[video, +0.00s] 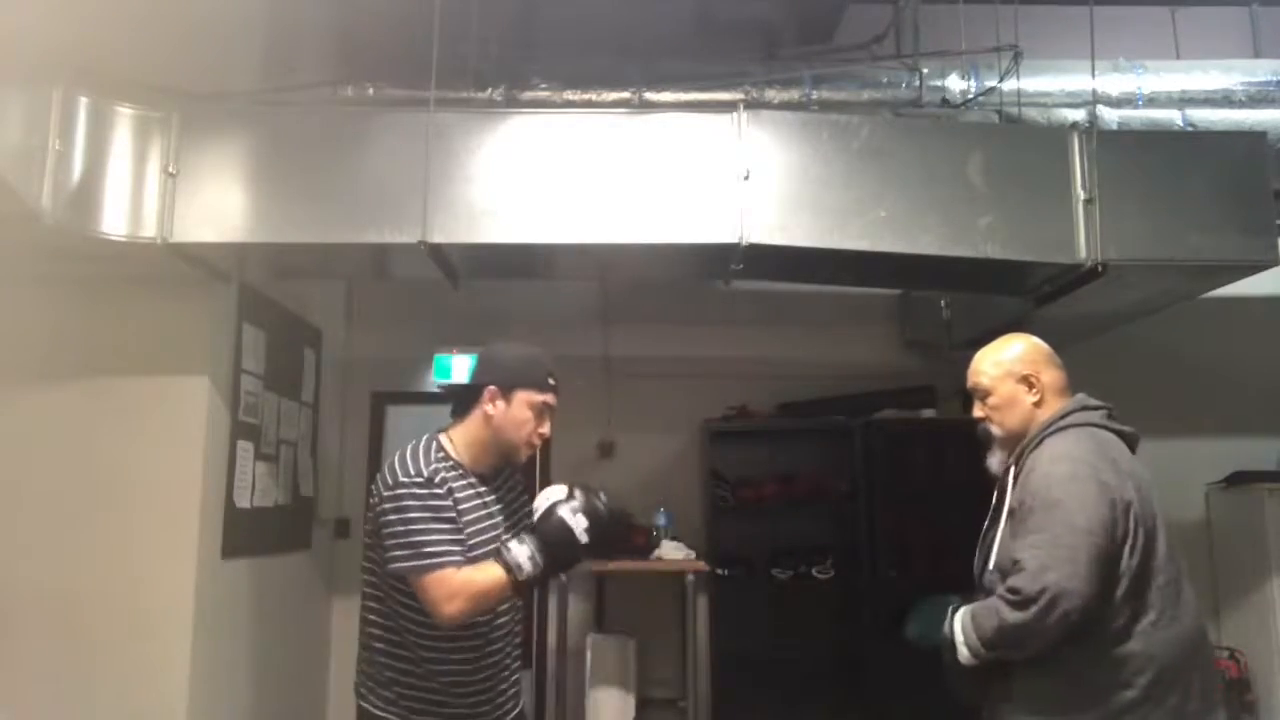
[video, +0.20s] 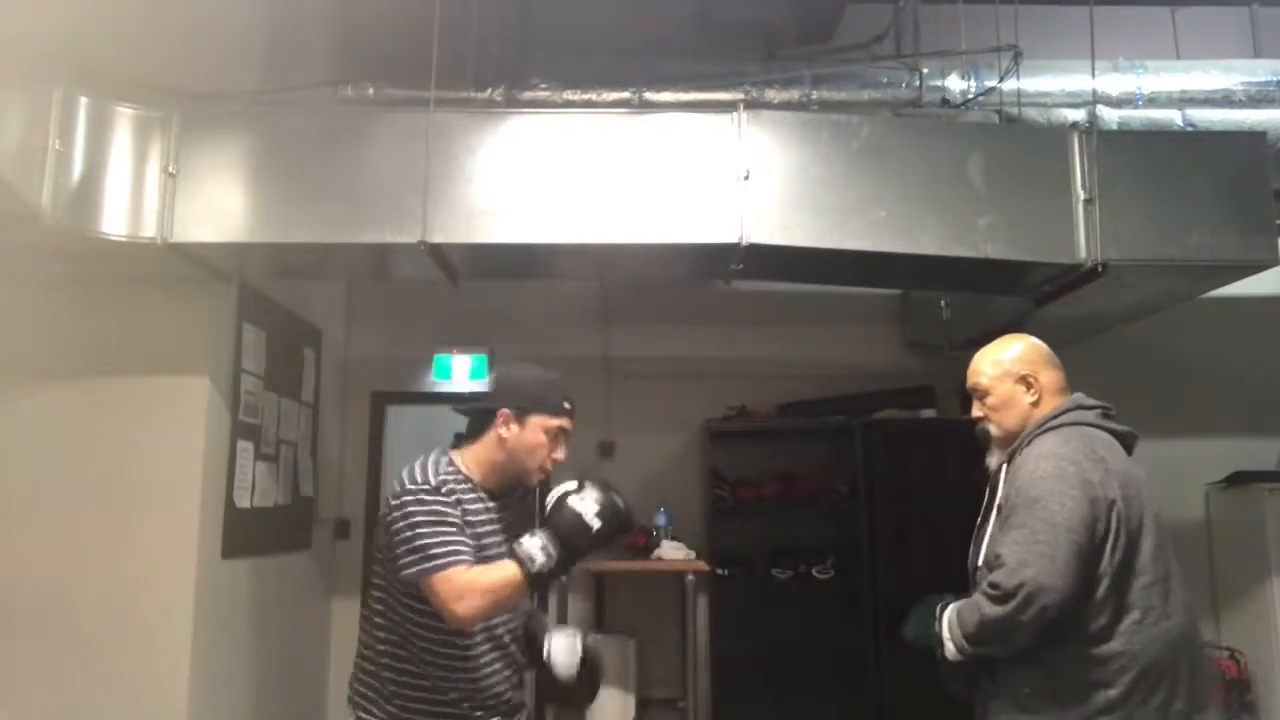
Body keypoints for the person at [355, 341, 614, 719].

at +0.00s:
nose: (547, 431)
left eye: (550, 416)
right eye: (539, 411)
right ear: (492, 401)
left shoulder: (503, 475)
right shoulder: (413, 480)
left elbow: (512, 572)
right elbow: (448, 602)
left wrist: (571, 533)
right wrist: (537, 550)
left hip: (500, 703)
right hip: (418, 709)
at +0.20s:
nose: (561, 455)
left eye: (564, 440)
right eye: (553, 435)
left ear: (507, 428)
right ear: (506, 425)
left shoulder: (509, 497)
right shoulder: (424, 491)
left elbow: (507, 602)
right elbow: (461, 603)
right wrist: (552, 544)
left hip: (499, 706)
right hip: (418, 709)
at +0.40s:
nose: (645, 487)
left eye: (649, 475)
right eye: (636, 470)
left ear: (612, 462)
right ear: (595, 452)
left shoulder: (621, 517)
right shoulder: (497, 484)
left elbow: (685, 573)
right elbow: (473, 566)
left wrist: (752, 596)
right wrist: (579, 524)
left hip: (536, 705)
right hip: (443, 701)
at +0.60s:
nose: (688, 511)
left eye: (693, 499)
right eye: (682, 494)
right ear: (636, 480)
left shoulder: (667, 555)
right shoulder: (539, 511)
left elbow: (713, 616)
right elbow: (509, 612)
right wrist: (608, 562)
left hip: (585, 713)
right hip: (476, 710)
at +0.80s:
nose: (649, 491)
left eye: (653, 474)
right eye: (639, 471)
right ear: (593, 462)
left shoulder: (601, 531)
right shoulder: (498, 512)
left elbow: (602, 624)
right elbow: (490, 630)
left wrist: (643, 650)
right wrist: (590, 582)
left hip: (556, 710)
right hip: (465, 710)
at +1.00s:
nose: (604, 462)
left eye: (605, 447)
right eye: (594, 444)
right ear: (547, 440)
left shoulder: (564, 514)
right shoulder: (458, 508)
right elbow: (457, 632)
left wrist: (619, 604)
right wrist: (551, 589)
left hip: (525, 709)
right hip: (435, 711)